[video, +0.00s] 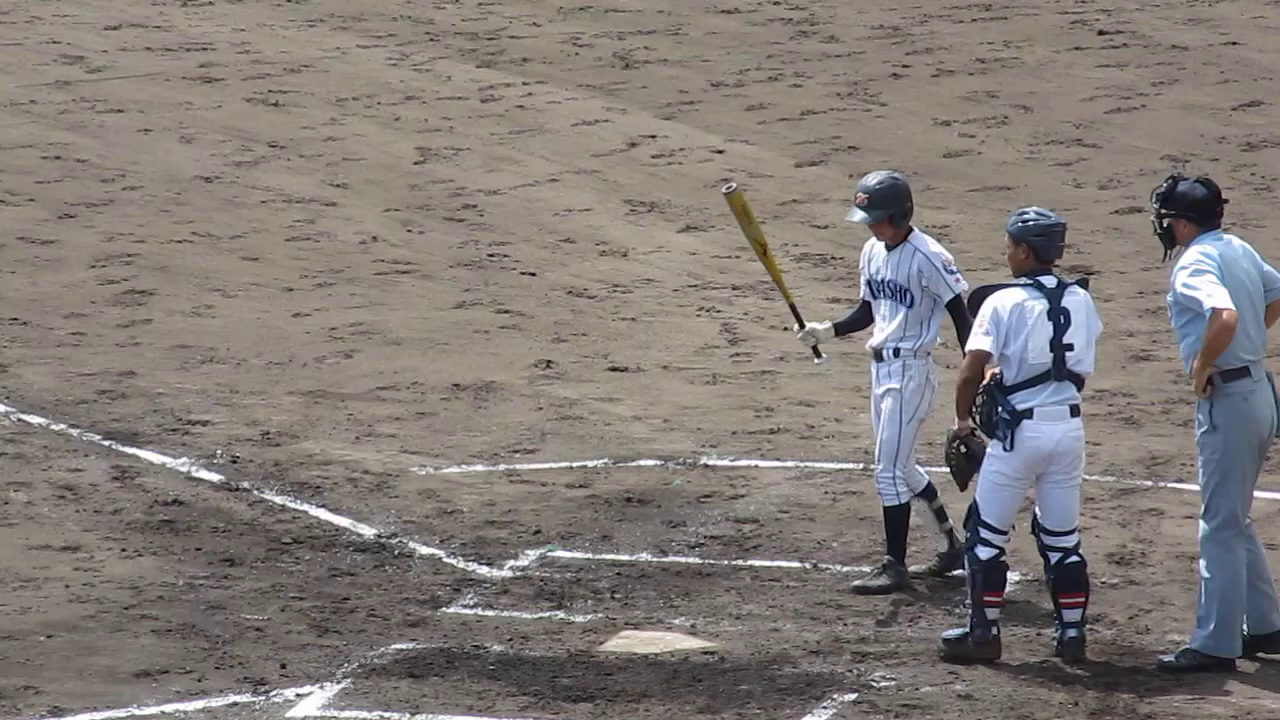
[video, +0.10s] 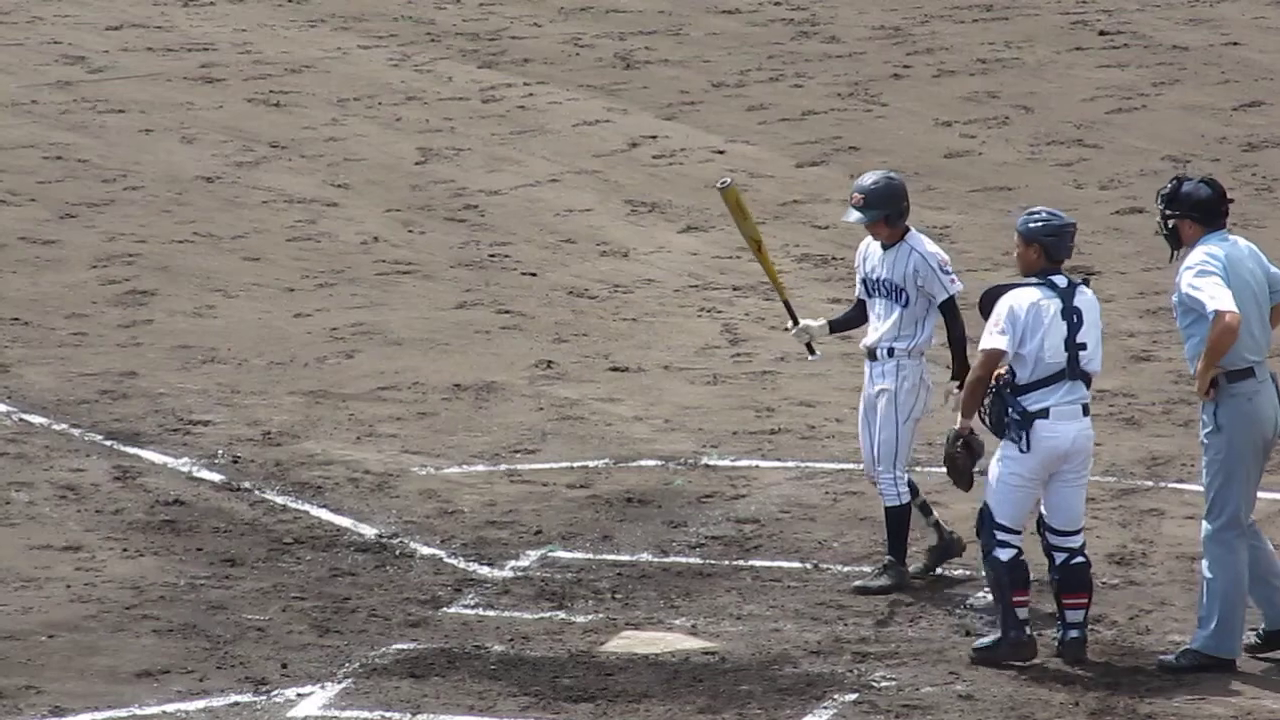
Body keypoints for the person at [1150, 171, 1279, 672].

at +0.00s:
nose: (1163, 225)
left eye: (1166, 217)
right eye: (1164, 217)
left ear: (1182, 221)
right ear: (1209, 217)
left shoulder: (1193, 263)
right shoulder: (1241, 248)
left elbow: (1225, 317)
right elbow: (1279, 292)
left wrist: (1202, 368)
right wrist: (1252, 333)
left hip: (1229, 404)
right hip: (1259, 396)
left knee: (1220, 524)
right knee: (1234, 518)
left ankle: (1215, 645)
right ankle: (1262, 627)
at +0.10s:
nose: (1168, 226)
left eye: (1171, 218)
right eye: (1169, 218)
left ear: (1187, 222)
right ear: (1215, 219)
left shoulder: (1198, 263)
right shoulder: (1249, 250)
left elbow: (1227, 320)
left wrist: (1204, 374)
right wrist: (1257, 341)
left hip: (1233, 405)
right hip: (1262, 396)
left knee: (1223, 526)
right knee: (1238, 520)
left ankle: (1216, 648)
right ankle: (1277, 622)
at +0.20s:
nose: (1179, 226)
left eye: (1182, 218)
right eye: (1179, 217)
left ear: (1198, 223)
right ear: (1229, 218)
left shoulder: (1209, 264)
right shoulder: (1261, 252)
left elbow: (1237, 322)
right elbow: (1272, 315)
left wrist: (1215, 370)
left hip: (1243, 399)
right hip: (1271, 394)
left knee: (1227, 525)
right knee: (1252, 520)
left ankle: (1217, 646)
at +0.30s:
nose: (1194, 223)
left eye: (1197, 216)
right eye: (1196, 215)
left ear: (1211, 220)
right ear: (1244, 216)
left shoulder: (1219, 264)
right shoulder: (1269, 251)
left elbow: (1248, 323)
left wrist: (1228, 376)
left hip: (1252, 399)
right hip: (1276, 393)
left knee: (1230, 525)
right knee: (1269, 522)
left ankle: (1217, 645)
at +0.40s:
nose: (1206, 222)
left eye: (1211, 215)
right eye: (1208, 214)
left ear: (1228, 220)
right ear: (1254, 218)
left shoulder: (1234, 264)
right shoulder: (1272, 249)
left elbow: (1257, 326)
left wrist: (1237, 380)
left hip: (1262, 399)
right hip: (1274, 394)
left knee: (1236, 522)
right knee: (1270, 515)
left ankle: (1218, 643)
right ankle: (1222, 640)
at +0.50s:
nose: (1223, 223)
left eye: (1227, 215)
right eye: (1224, 213)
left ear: (1244, 220)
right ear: (1265, 217)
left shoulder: (1248, 266)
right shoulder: (1273, 249)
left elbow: (1267, 328)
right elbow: (1271, 329)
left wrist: (1250, 384)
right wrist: (1254, 380)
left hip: (1272, 402)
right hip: (1273, 398)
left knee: (1245, 522)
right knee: (1247, 520)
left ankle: (1219, 642)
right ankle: (1221, 640)